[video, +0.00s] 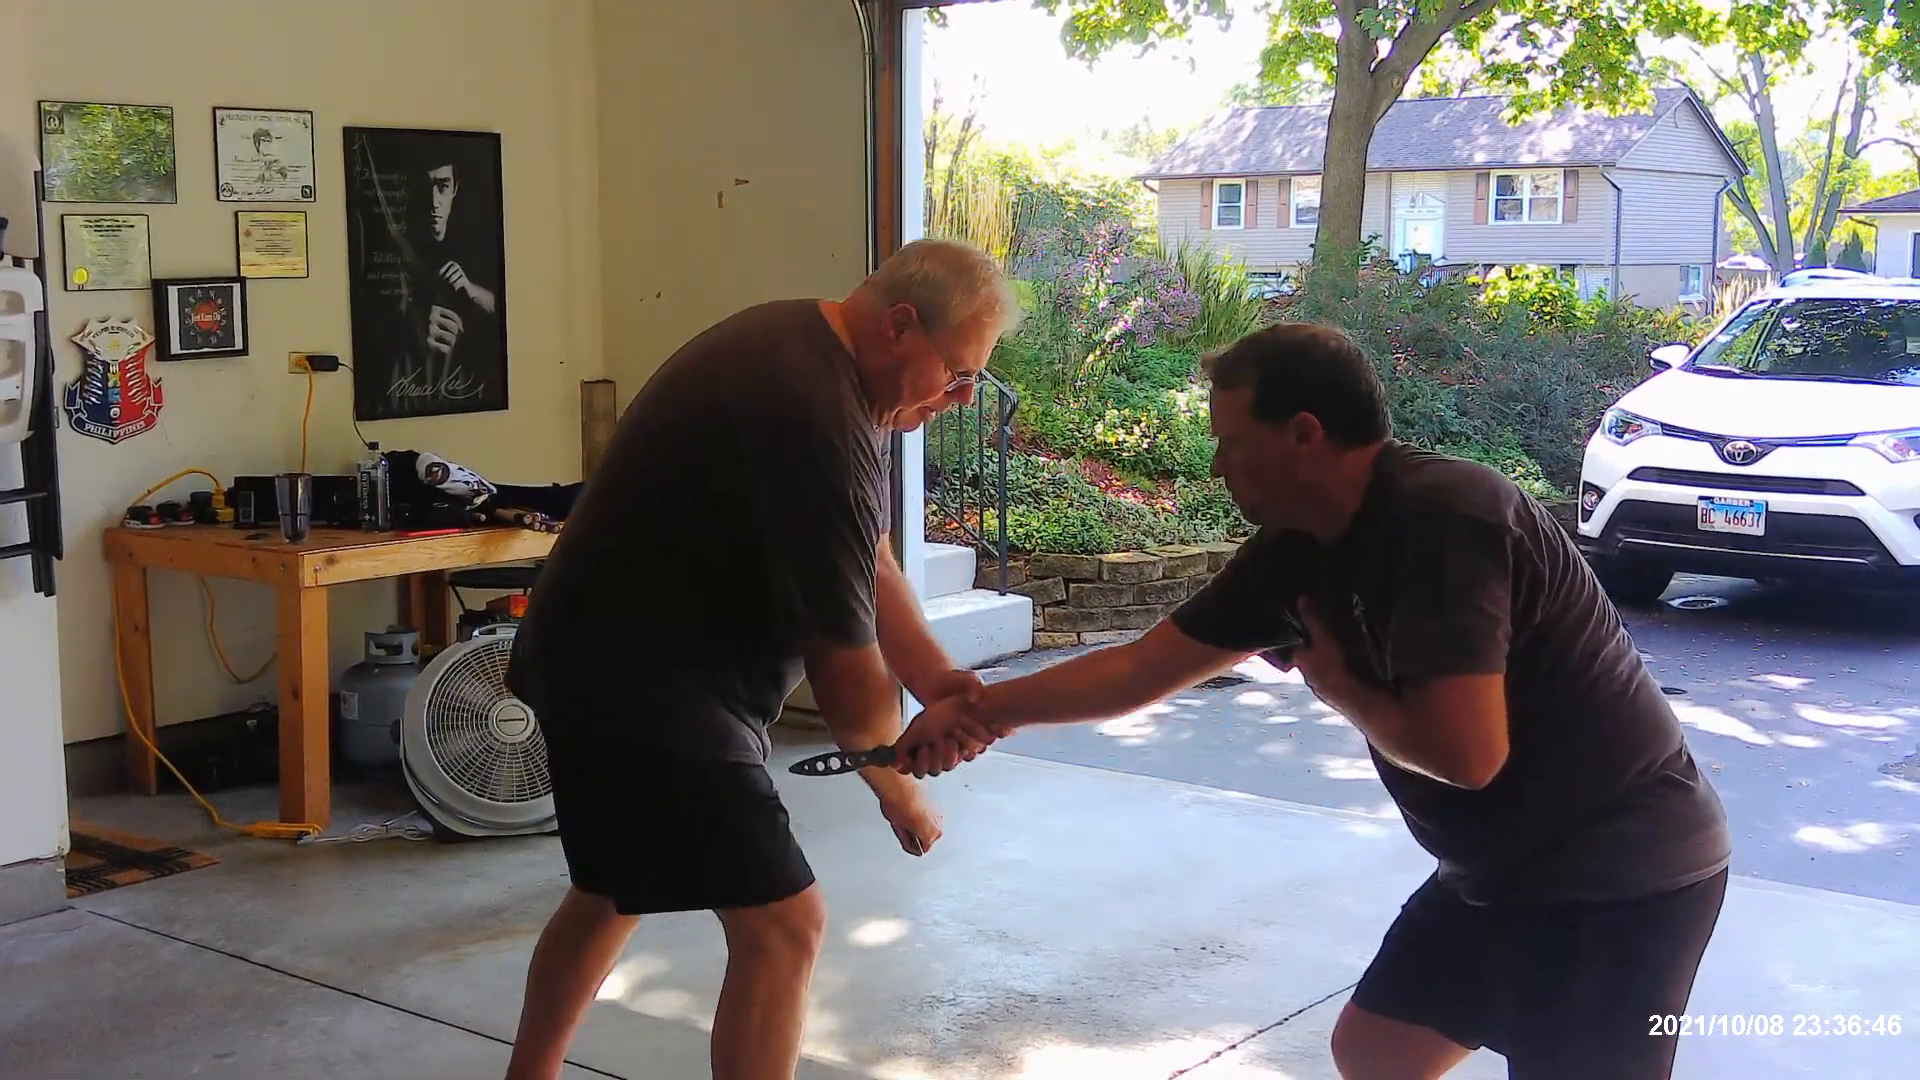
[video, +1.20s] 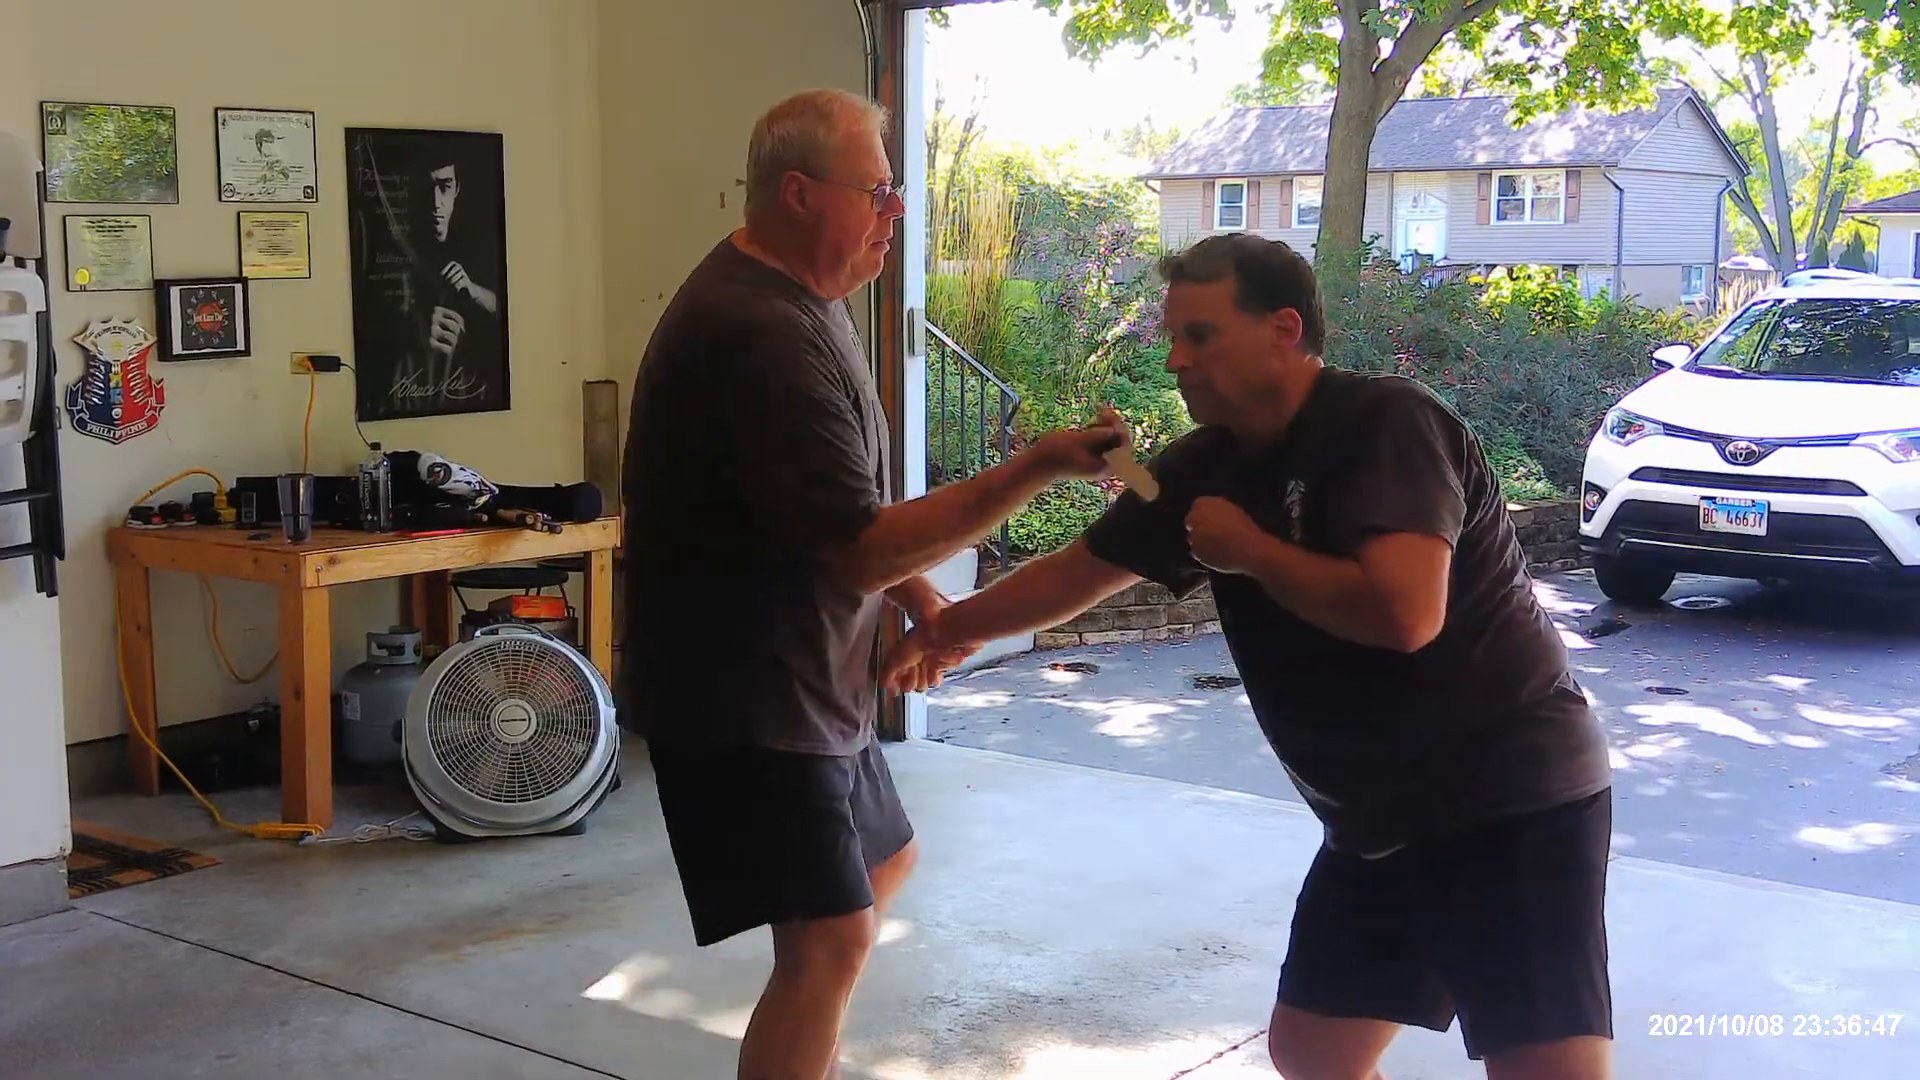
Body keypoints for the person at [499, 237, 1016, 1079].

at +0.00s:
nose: (958, 397)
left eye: (968, 381)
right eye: (958, 373)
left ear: (890, 321)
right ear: (896, 325)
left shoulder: (797, 347)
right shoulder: (821, 415)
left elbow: (869, 564)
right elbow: (845, 665)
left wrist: (939, 683)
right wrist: (895, 787)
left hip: (585, 660)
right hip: (652, 687)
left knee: (606, 889)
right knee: (781, 924)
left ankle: (530, 1070)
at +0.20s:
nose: (926, 368)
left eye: (936, 351)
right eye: (925, 343)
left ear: (852, 296)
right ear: (861, 300)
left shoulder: (748, 325)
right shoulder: (803, 410)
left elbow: (766, 514)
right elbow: (895, 643)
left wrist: (896, 575)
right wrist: (1018, 788)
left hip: (576, 653)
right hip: (653, 684)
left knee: (607, 886)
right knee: (781, 922)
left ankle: (526, 1069)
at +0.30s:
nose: (920, 346)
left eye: (927, 327)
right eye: (914, 321)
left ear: (840, 279)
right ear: (846, 289)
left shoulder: (728, 320)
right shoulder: (797, 400)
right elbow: (947, 582)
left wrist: (910, 556)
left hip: (574, 660)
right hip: (657, 688)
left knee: (601, 890)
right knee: (781, 922)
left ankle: (525, 1072)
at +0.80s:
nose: (904, 270)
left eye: (904, 248)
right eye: (889, 244)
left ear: (805, 234)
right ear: (810, 231)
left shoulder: (730, 308)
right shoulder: (757, 333)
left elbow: (803, 510)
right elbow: (815, 519)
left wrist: (952, 574)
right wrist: (1021, 595)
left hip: (636, 686)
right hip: (692, 700)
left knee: (633, 892)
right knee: (804, 930)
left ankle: (537, 1069)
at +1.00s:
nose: (895, 233)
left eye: (894, 211)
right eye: (877, 211)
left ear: (802, 212)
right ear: (799, 208)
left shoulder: (783, 315)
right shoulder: (747, 331)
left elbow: (758, 524)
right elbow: (763, 551)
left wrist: (847, 604)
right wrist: (943, 579)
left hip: (730, 679)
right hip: (714, 691)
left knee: (716, 914)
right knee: (808, 938)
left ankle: (587, 1062)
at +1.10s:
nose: (893, 224)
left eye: (892, 201)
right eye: (873, 202)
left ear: (806, 204)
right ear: (796, 200)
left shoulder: (794, 312)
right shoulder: (745, 335)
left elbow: (818, 519)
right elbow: (789, 568)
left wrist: (872, 598)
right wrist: (978, 527)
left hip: (785, 666)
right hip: (726, 687)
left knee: (836, 867)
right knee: (814, 936)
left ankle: (679, 1057)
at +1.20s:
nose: (891, 214)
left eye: (890, 192)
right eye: (874, 192)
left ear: (799, 195)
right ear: (795, 193)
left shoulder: (790, 306)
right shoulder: (760, 331)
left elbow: (806, 496)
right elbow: (862, 550)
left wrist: (901, 581)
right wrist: (1034, 466)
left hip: (801, 668)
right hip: (745, 692)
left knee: (886, 856)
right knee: (831, 934)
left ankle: (784, 1046)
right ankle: (781, 1076)